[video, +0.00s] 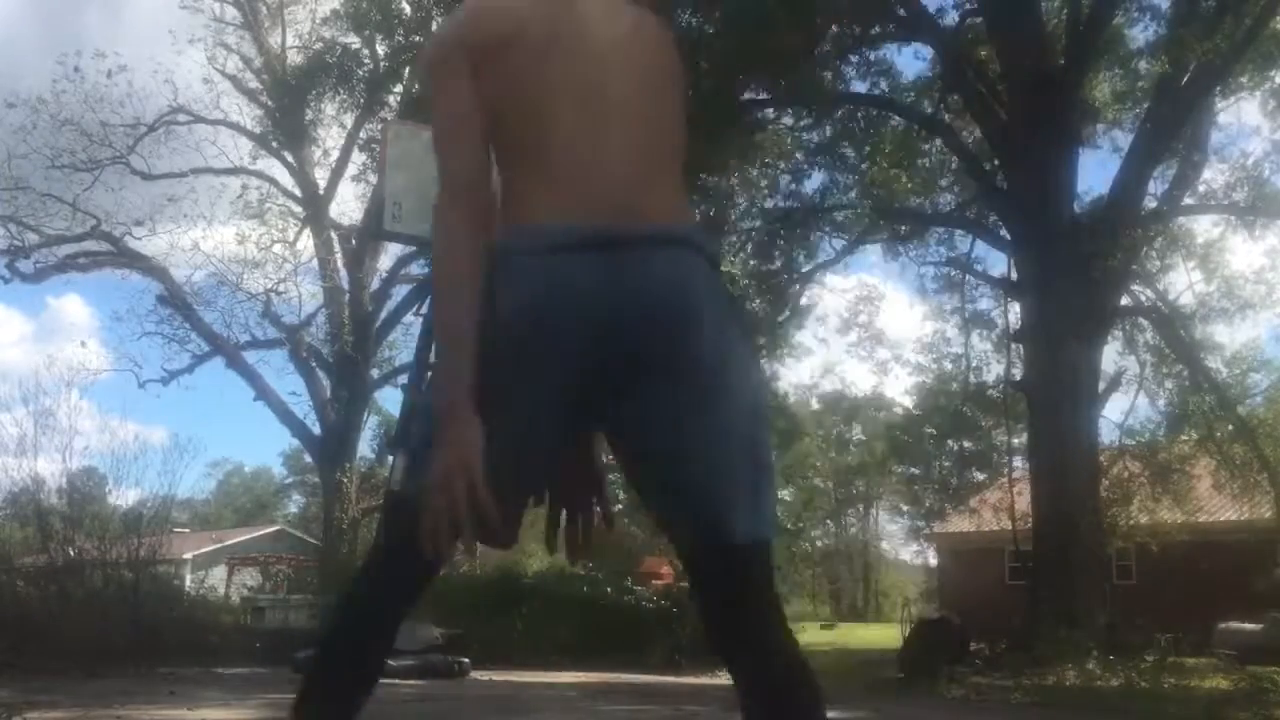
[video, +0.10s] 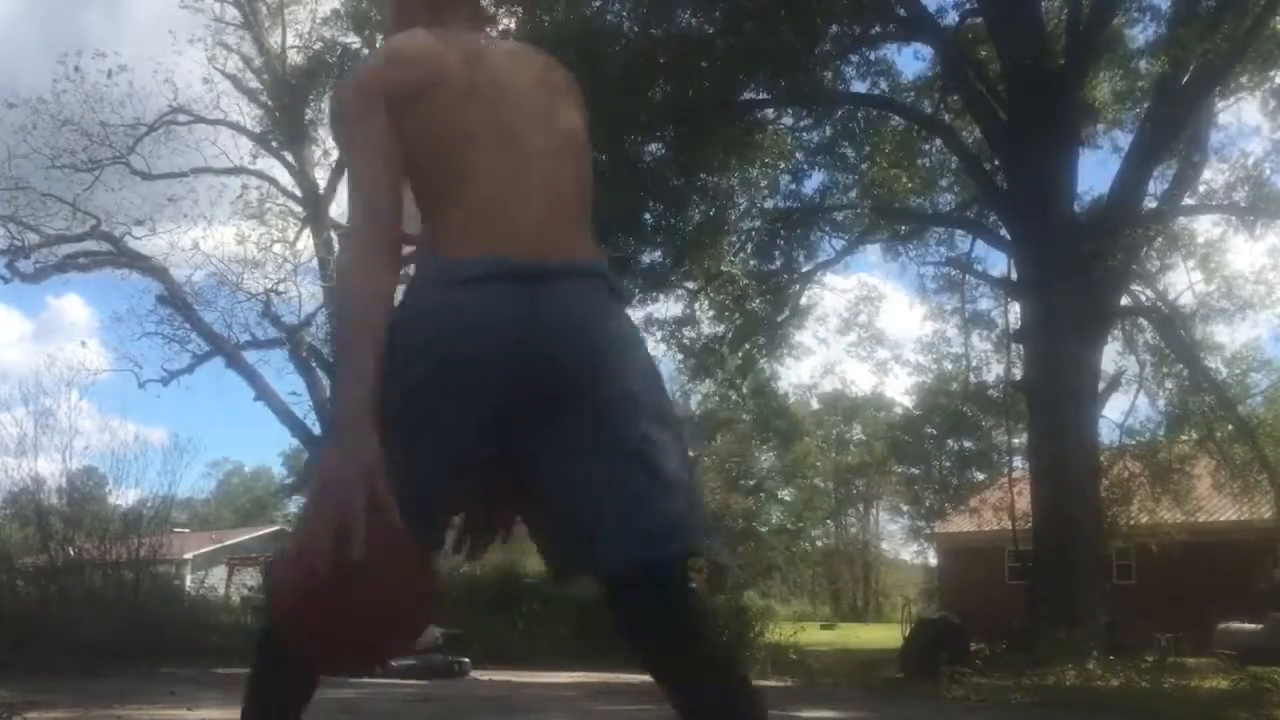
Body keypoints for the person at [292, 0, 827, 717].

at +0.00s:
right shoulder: (652, 30)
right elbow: (631, 213)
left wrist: (456, 405)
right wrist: (584, 420)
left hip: (531, 291)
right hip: (674, 291)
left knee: (393, 573)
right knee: (748, 608)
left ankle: (314, 708)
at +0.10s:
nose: (386, 23)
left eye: (386, 18)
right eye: (387, 21)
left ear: (401, 13)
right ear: (480, 14)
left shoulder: (381, 75)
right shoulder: (553, 73)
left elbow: (376, 243)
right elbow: (555, 241)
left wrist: (350, 427)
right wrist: (517, 457)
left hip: (453, 328)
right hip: (590, 326)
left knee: (320, 583)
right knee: (659, 602)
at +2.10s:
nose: (262, 137)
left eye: (261, 126)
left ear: (262, 132)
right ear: (320, 134)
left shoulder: (228, 190)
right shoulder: (357, 196)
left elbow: (158, 253)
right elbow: (368, 299)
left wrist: (94, 321)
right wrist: (357, 392)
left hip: (235, 371)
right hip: (313, 376)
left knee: (222, 542)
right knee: (318, 564)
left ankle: (152, 692)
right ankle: (259, 707)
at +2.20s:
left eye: (233, 192)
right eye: (283, 191)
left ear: (229, 198)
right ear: (286, 196)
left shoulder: (192, 262)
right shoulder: (323, 257)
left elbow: (140, 360)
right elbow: (319, 356)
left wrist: (111, 465)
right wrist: (302, 431)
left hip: (181, 442)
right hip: (263, 445)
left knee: (143, 595)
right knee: (306, 617)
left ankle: (85, 707)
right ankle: (242, 712)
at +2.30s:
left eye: (216, 247)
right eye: (263, 246)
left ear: (210, 252)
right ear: (267, 252)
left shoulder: (176, 309)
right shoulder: (298, 311)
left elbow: (136, 419)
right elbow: (295, 428)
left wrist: (118, 508)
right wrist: (273, 497)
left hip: (154, 471)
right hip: (233, 476)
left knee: (135, 607)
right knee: (302, 619)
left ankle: (71, 710)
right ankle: (249, 707)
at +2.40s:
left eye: (237, 243)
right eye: (287, 241)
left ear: (235, 247)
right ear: (291, 245)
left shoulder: (196, 296)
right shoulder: (318, 298)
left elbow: (121, 386)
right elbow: (365, 410)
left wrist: (69, 481)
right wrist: (318, 459)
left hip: (164, 461)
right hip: (246, 465)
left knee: (151, 592)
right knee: (341, 611)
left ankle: (75, 707)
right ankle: (235, 707)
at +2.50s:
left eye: (277, 195)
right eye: (332, 195)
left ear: (275, 200)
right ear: (333, 198)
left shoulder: (240, 252)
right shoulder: (365, 255)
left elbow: (139, 305)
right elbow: (440, 353)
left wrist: (81, 374)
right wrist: (377, 372)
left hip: (206, 416)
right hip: (286, 425)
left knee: (157, 577)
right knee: (331, 611)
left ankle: (96, 707)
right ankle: (222, 711)